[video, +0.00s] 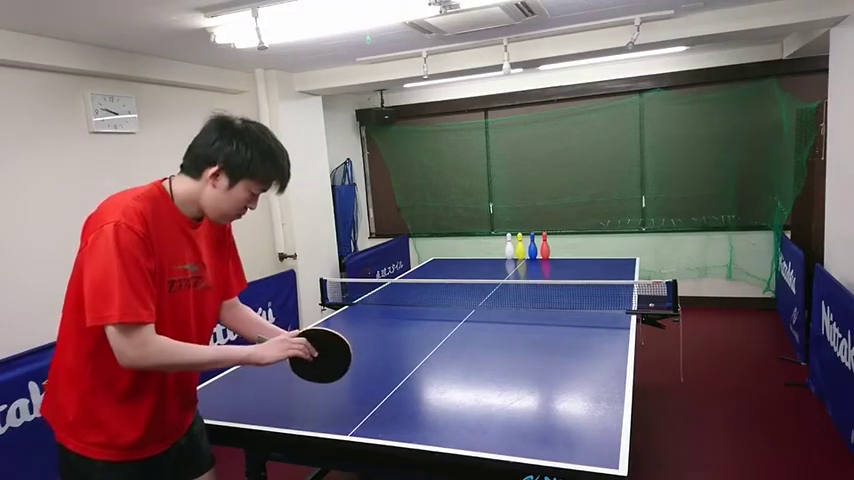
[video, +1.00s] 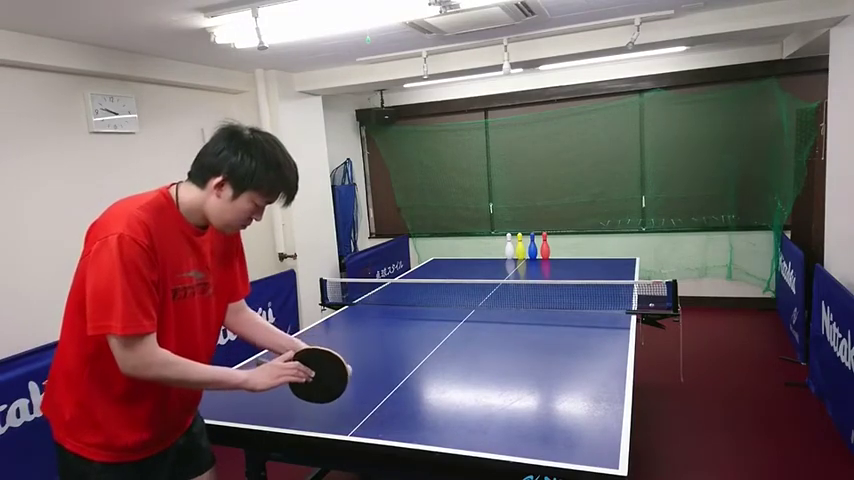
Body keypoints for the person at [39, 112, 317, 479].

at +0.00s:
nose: (252, 207)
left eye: (257, 197)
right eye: (251, 194)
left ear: (215, 177)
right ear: (215, 175)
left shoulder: (211, 221)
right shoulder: (121, 225)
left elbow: (226, 305)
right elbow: (134, 349)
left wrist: (284, 340)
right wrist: (251, 354)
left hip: (173, 419)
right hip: (105, 438)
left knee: (201, 472)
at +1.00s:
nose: (258, 218)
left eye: (263, 208)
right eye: (256, 205)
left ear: (219, 188)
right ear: (219, 187)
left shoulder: (221, 228)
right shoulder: (125, 236)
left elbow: (235, 312)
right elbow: (135, 358)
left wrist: (298, 350)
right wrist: (248, 378)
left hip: (173, 421)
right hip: (104, 440)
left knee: (202, 472)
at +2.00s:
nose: (254, 222)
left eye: (259, 212)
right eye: (251, 209)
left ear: (214, 192)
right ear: (214, 191)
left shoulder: (217, 231)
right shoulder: (120, 241)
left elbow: (237, 313)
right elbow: (137, 362)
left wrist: (306, 354)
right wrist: (245, 383)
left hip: (169, 422)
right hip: (99, 444)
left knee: (197, 471)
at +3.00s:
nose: (254, 223)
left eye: (259, 213)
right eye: (251, 212)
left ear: (211, 196)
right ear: (211, 194)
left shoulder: (223, 235)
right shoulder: (112, 239)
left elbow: (244, 309)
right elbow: (71, 361)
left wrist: (310, 347)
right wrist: (185, 394)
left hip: (174, 431)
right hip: (96, 447)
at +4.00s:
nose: (271, 183)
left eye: (273, 173)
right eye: (272, 173)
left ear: (211, 163)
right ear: (253, 173)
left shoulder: (183, 203)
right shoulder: (206, 229)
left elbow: (199, 291)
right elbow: (238, 331)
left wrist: (257, 285)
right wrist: (300, 335)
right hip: (137, 434)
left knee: (204, 469)